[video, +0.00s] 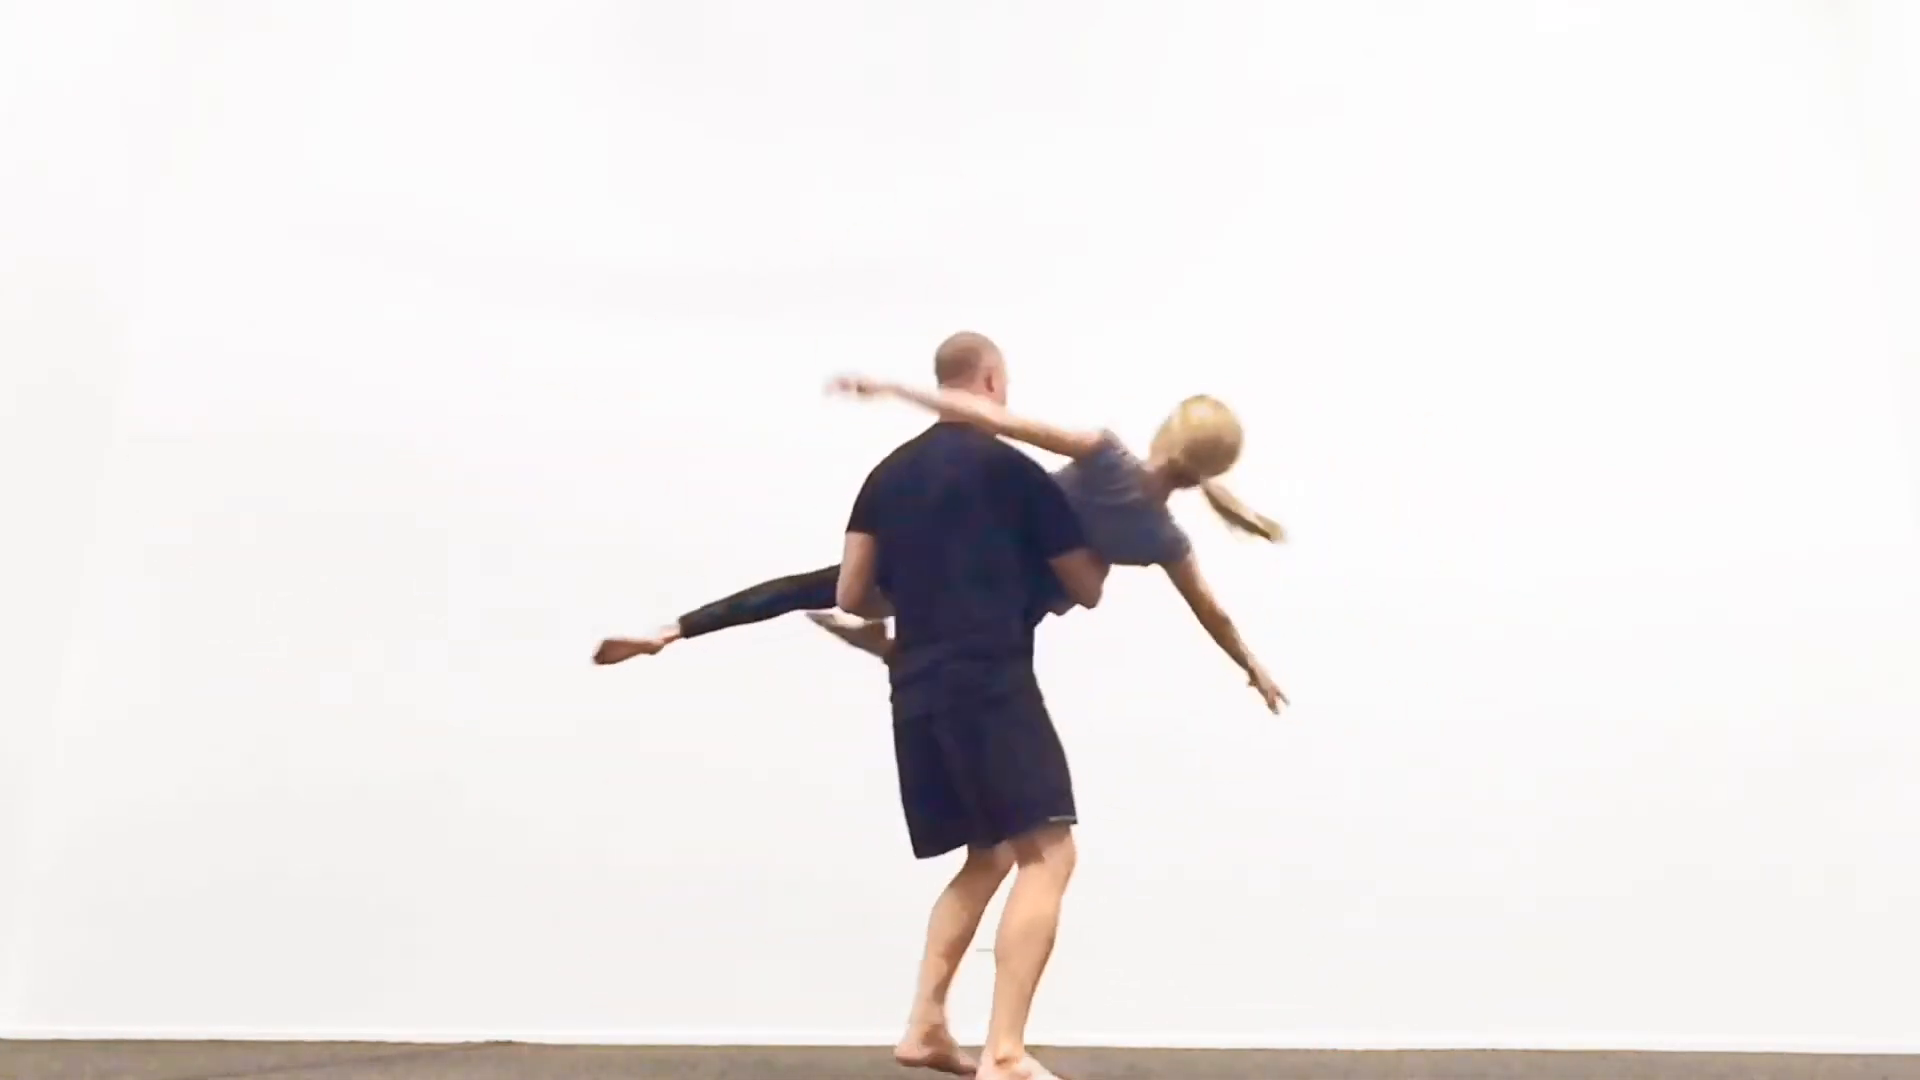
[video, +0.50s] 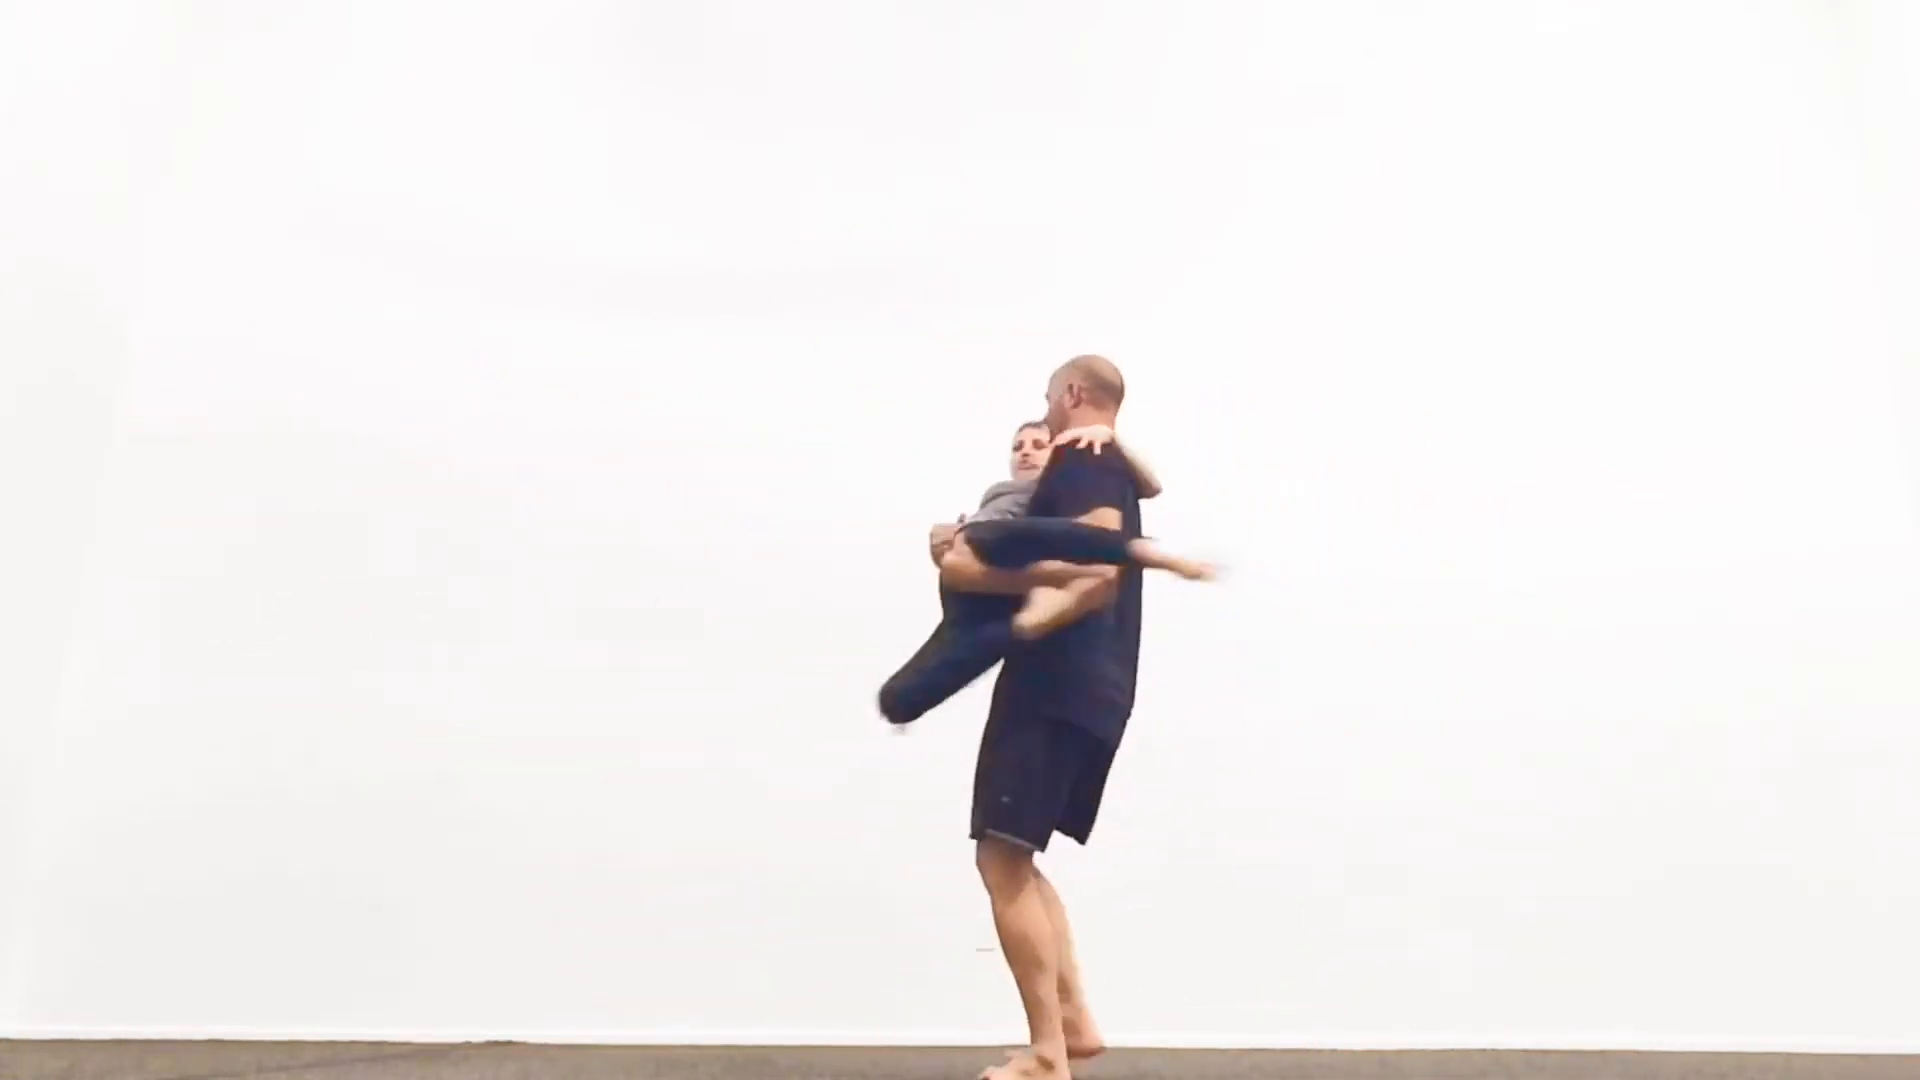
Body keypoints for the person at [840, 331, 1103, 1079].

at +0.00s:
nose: (1007, 395)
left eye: (998, 383)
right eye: (1005, 384)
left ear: (936, 380)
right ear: (993, 382)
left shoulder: (885, 475)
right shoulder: (1010, 466)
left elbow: (857, 596)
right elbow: (1087, 588)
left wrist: (924, 588)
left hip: (919, 692)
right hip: (993, 685)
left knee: (986, 855)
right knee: (1050, 854)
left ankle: (926, 1025)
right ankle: (1004, 1051)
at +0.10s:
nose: (1037, 389)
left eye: (1024, 376)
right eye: (1036, 377)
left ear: (967, 379)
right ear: (1032, 377)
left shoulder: (914, 463)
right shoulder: (1064, 465)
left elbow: (876, 592)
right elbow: (1107, 588)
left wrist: (925, 558)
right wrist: (1056, 543)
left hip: (945, 694)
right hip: (1029, 686)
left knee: (985, 866)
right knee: (1061, 865)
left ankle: (997, 1046)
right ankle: (1005, 1048)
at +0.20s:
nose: (1063, 392)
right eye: (1067, 382)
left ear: (1000, 378)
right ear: (1065, 384)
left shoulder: (960, 456)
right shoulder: (1104, 470)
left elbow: (917, 571)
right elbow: (1112, 593)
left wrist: (876, 595)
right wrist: (1052, 551)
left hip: (975, 699)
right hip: (1065, 695)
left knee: (995, 875)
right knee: (1068, 870)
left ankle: (1050, 1052)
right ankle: (1009, 1048)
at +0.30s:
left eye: (1030, 390)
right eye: (1096, 392)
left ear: (1030, 387)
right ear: (1096, 392)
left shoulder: (1003, 460)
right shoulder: (1122, 477)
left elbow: (974, 561)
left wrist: (891, 588)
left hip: (1000, 697)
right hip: (1086, 699)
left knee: (994, 870)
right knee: (1076, 867)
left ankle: (1042, 1049)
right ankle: (1039, 1013)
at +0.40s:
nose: (1046, 402)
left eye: (1048, 391)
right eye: (1052, 392)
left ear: (1057, 390)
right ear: (1112, 402)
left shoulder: (1048, 457)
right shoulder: (1124, 483)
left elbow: (1037, 558)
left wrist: (945, 570)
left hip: (1028, 694)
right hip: (1099, 701)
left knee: (997, 866)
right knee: (1053, 852)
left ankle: (1045, 1050)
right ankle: (1093, 990)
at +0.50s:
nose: (1043, 410)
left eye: (1049, 397)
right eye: (1047, 399)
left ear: (1074, 396)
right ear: (1102, 401)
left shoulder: (1088, 471)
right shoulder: (1093, 472)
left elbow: (1089, 577)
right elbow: (1036, 548)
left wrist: (979, 577)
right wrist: (960, 541)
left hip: (1054, 689)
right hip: (1071, 691)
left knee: (1001, 862)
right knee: (1010, 859)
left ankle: (1047, 1050)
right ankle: (1074, 1022)